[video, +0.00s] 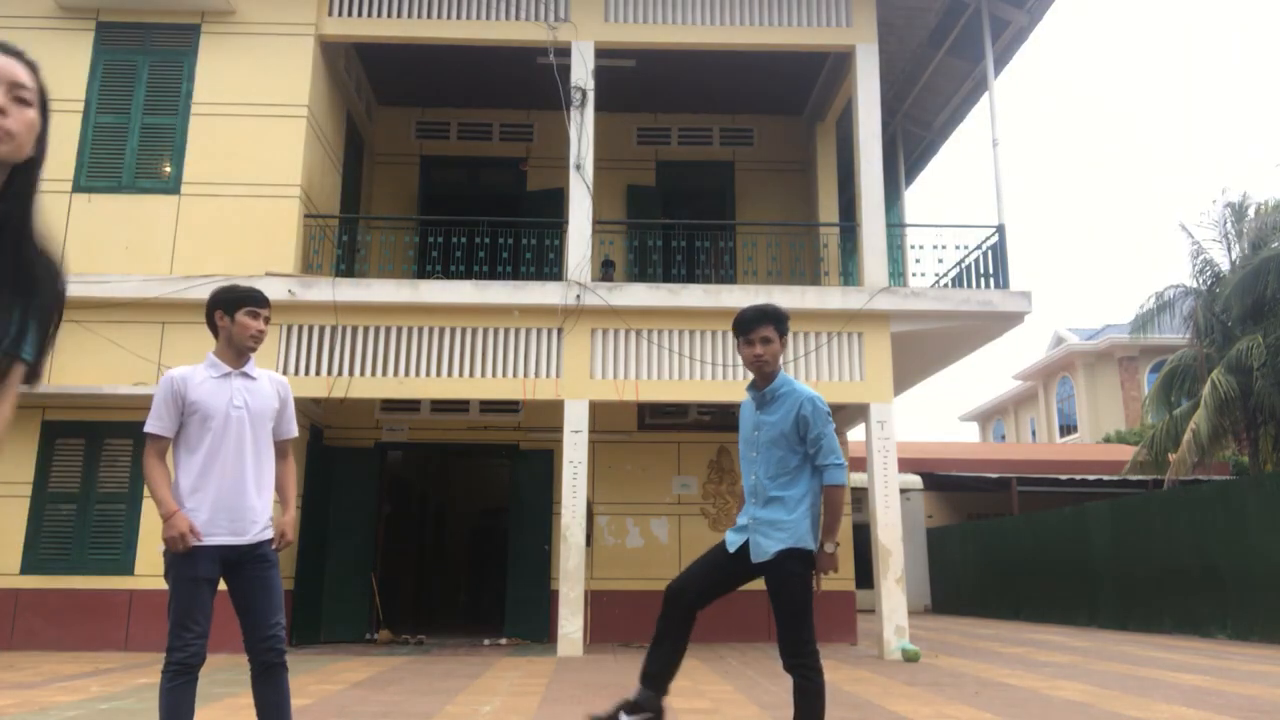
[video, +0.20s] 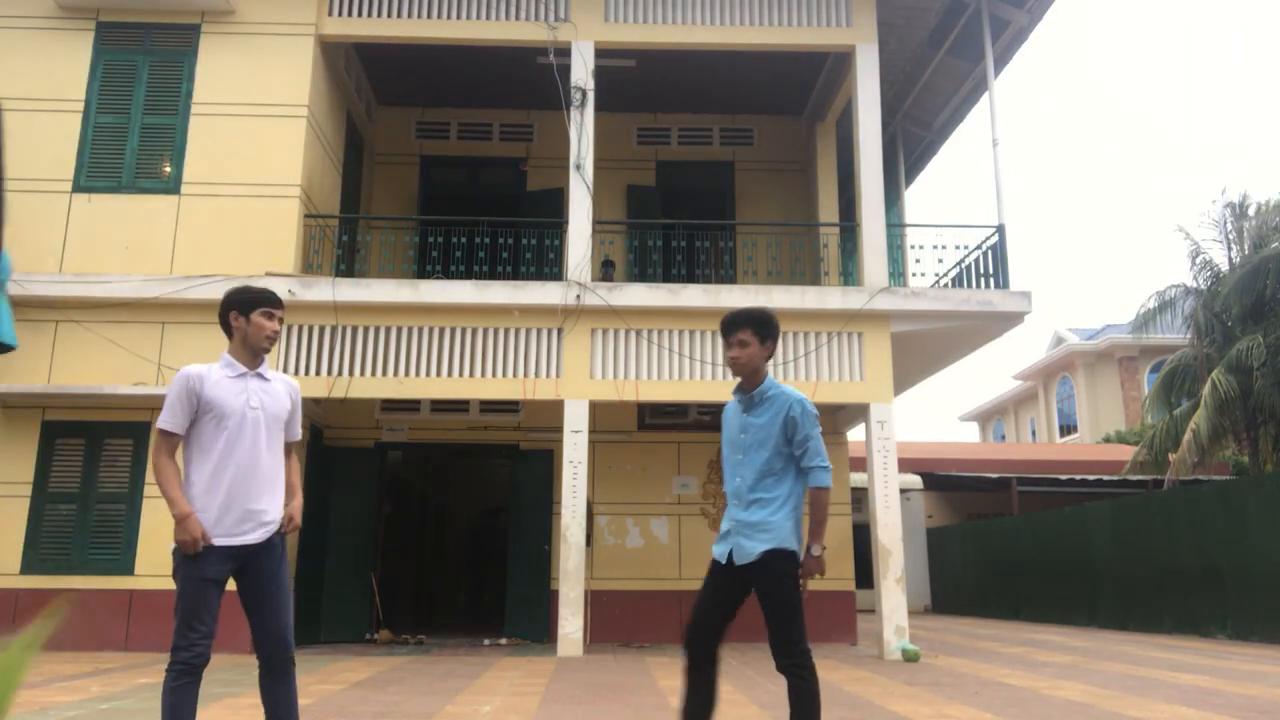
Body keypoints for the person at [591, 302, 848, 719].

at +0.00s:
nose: (756, 351)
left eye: (765, 341)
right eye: (747, 343)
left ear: (783, 344)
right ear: (739, 349)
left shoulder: (806, 404)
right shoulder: (750, 405)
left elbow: (835, 473)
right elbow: (758, 474)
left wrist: (829, 544)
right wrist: (747, 517)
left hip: (791, 541)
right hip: (749, 536)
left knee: (800, 657)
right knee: (680, 595)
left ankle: (810, 719)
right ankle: (648, 701)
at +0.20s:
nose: (731, 354)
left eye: (741, 345)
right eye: (728, 346)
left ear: (768, 348)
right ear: (726, 350)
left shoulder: (793, 405)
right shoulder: (730, 410)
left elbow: (820, 475)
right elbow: (736, 482)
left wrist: (815, 546)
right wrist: (728, 534)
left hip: (775, 548)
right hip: (731, 548)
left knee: (793, 657)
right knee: (699, 641)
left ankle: (806, 718)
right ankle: (695, 717)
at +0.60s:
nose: (680, 353)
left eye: (685, 344)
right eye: (680, 345)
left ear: (711, 347)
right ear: (704, 349)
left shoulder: (743, 404)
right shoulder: (702, 410)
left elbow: (757, 475)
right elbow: (696, 487)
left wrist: (753, 543)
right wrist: (671, 537)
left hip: (728, 548)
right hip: (696, 550)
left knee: (737, 646)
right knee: (704, 655)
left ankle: (781, 716)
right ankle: (706, 719)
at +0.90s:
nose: (665, 356)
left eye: (672, 348)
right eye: (666, 349)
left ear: (697, 351)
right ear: (692, 353)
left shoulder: (722, 402)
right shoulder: (696, 408)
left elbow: (726, 476)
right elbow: (686, 485)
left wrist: (716, 540)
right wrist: (665, 543)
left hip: (709, 543)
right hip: (693, 543)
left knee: (682, 640)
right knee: (703, 648)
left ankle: (730, 715)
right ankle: (706, 716)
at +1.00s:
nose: (665, 356)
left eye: (671, 348)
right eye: (665, 348)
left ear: (696, 350)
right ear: (690, 353)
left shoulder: (720, 402)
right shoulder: (695, 406)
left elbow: (710, 474)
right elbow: (687, 480)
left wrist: (699, 535)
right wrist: (669, 538)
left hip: (709, 542)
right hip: (692, 542)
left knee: (678, 641)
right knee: (701, 647)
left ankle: (705, 713)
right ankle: (707, 714)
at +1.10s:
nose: (666, 357)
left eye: (672, 349)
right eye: (665, 349)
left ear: (698, 351)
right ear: (688, 353)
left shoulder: (724, 402)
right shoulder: (685, 411)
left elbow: (682, 465)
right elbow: (677, 477)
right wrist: (662, 530)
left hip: (713, 538)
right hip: (688, 541)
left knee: (676, 643)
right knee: (700, 649)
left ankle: (674, 714)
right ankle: (704, 715)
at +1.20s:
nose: (667, 357)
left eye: (673, 349)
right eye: (666, 350)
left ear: (700, 350)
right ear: (692, 353)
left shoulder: (727, 401)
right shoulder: (681, 412)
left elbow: (680, 445)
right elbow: (657, 459)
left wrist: (612, 450)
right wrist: (646, 485)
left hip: (715, 538)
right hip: (688, 540)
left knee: (670, 638)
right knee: (701, 651)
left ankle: (646, 712)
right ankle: (705, 716)